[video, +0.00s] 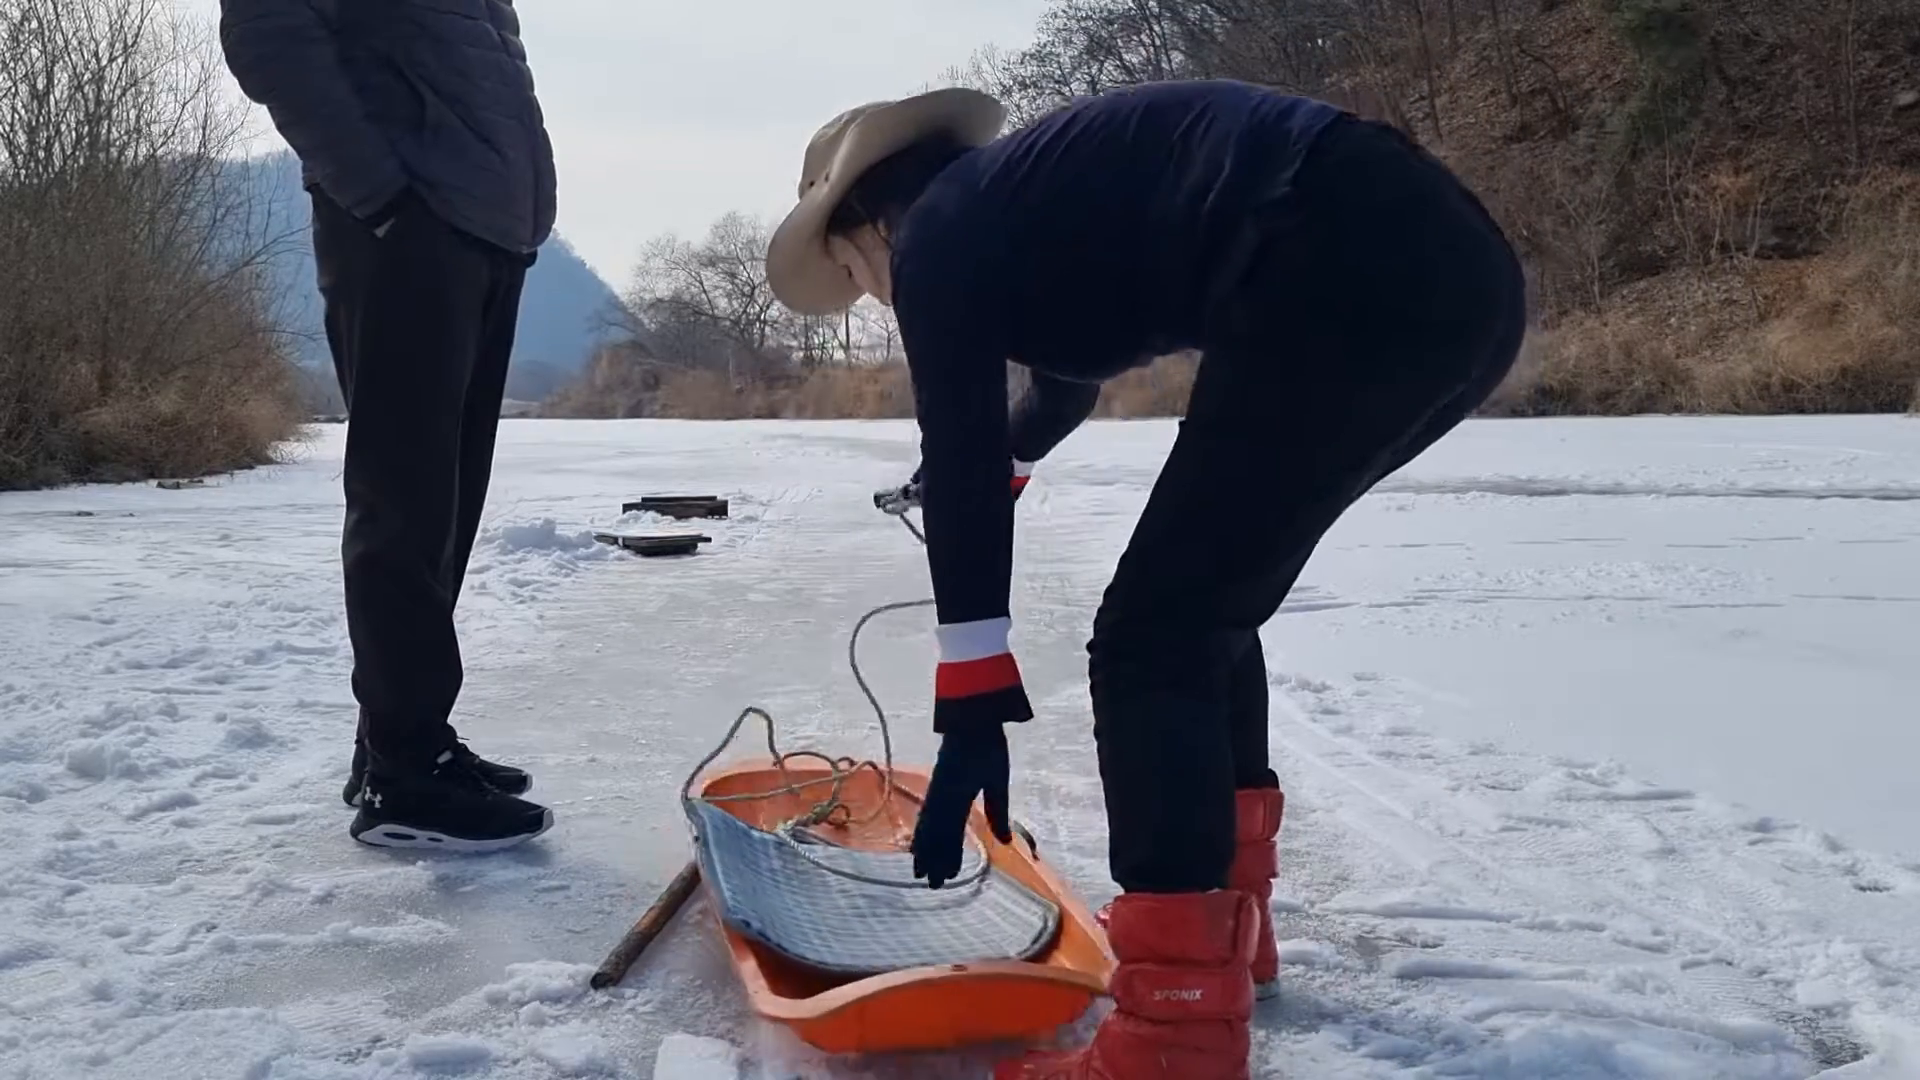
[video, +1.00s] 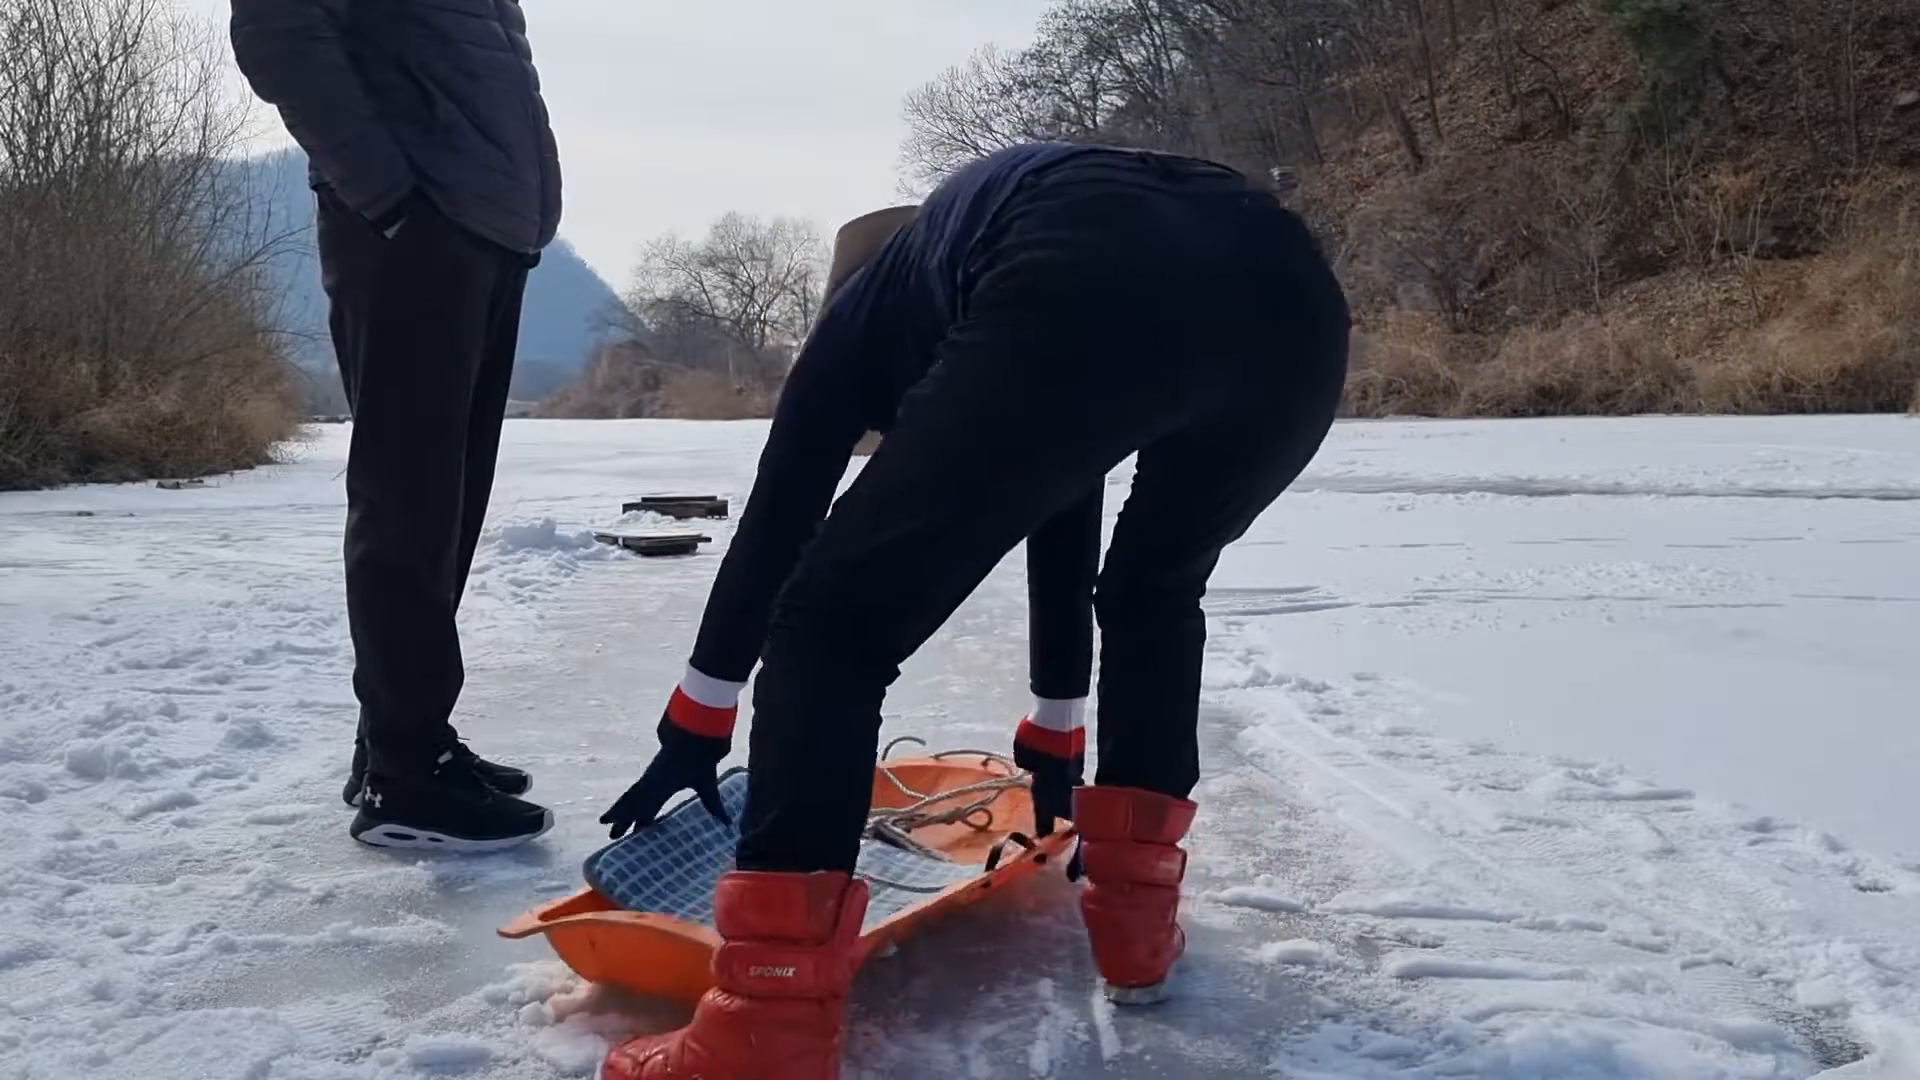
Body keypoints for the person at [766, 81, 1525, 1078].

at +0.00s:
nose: (873, 293)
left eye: (856, 263)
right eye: (854, 277)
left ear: (877, 221)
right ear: (937, 180)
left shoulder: (939, 241)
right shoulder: (1054, 213)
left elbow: (966, 478)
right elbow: (1067, 387)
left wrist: (972, 705)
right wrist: (996, 454)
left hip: (1347, 283)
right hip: (1445, 282)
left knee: (1148, 635)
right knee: (1216, 617)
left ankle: (1174, 1028)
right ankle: (1232, 921)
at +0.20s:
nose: (881, 211)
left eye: (865, 188)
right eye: (864, 200)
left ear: (876, 133)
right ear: (957, 92)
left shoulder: (940, 152)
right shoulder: (1059, 149)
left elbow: (966, 362)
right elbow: (1081, 362)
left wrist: (966, 576)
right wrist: (1015, 475)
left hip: (1309, 268)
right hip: (1416, 274)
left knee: (1137, 628)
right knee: (1191, 614)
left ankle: (1173, 1020)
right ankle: (1229, 922)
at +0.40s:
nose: (876, 182)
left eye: (859, 152)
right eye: (858, 168)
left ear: (875, 102)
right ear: (949, 62)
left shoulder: (936, 112)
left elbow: (953, 313)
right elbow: (1114, 364)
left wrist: (927, 528)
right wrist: (1138, 516)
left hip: (1266, 247)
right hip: (1395, 269)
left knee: (1067, 578)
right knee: (1167, 580)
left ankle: (1126, 981)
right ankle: (1224, 908)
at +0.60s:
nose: (869, 219)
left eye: (855, 192)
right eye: (852, 205)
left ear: (870, 132)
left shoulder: (926, 135)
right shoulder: (1065, 169)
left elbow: (924, 345)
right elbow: (1095, 394)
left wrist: (861, 554)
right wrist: (1048, 628)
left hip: (1226, 254)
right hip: (1369, 296)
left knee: (985, 562)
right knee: (1134, 582)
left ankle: (890, 956)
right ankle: (1223, 903)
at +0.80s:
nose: (840, 334)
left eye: (833, 294)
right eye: (825, 313)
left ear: (842, 225)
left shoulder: (874, 221)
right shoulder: (1034, 246)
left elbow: (831, 440)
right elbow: (1047, 473)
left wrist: (768, 630)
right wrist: (1020, 688)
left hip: (1160, 270)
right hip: (1337, 303)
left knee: (908, 614)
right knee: (1136, 580)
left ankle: (764, 1010)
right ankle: (1200, 906)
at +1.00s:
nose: (883, 445)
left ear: (856, 302)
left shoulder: (863, 305)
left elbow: (778, 522)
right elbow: (1067, 562)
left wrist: (695, 722)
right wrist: (1055, 743)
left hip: (1081, 289)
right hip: (1292, 311)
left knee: (830, 624)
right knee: (1156, 583)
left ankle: (768, 1014)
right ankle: (1135, 921)